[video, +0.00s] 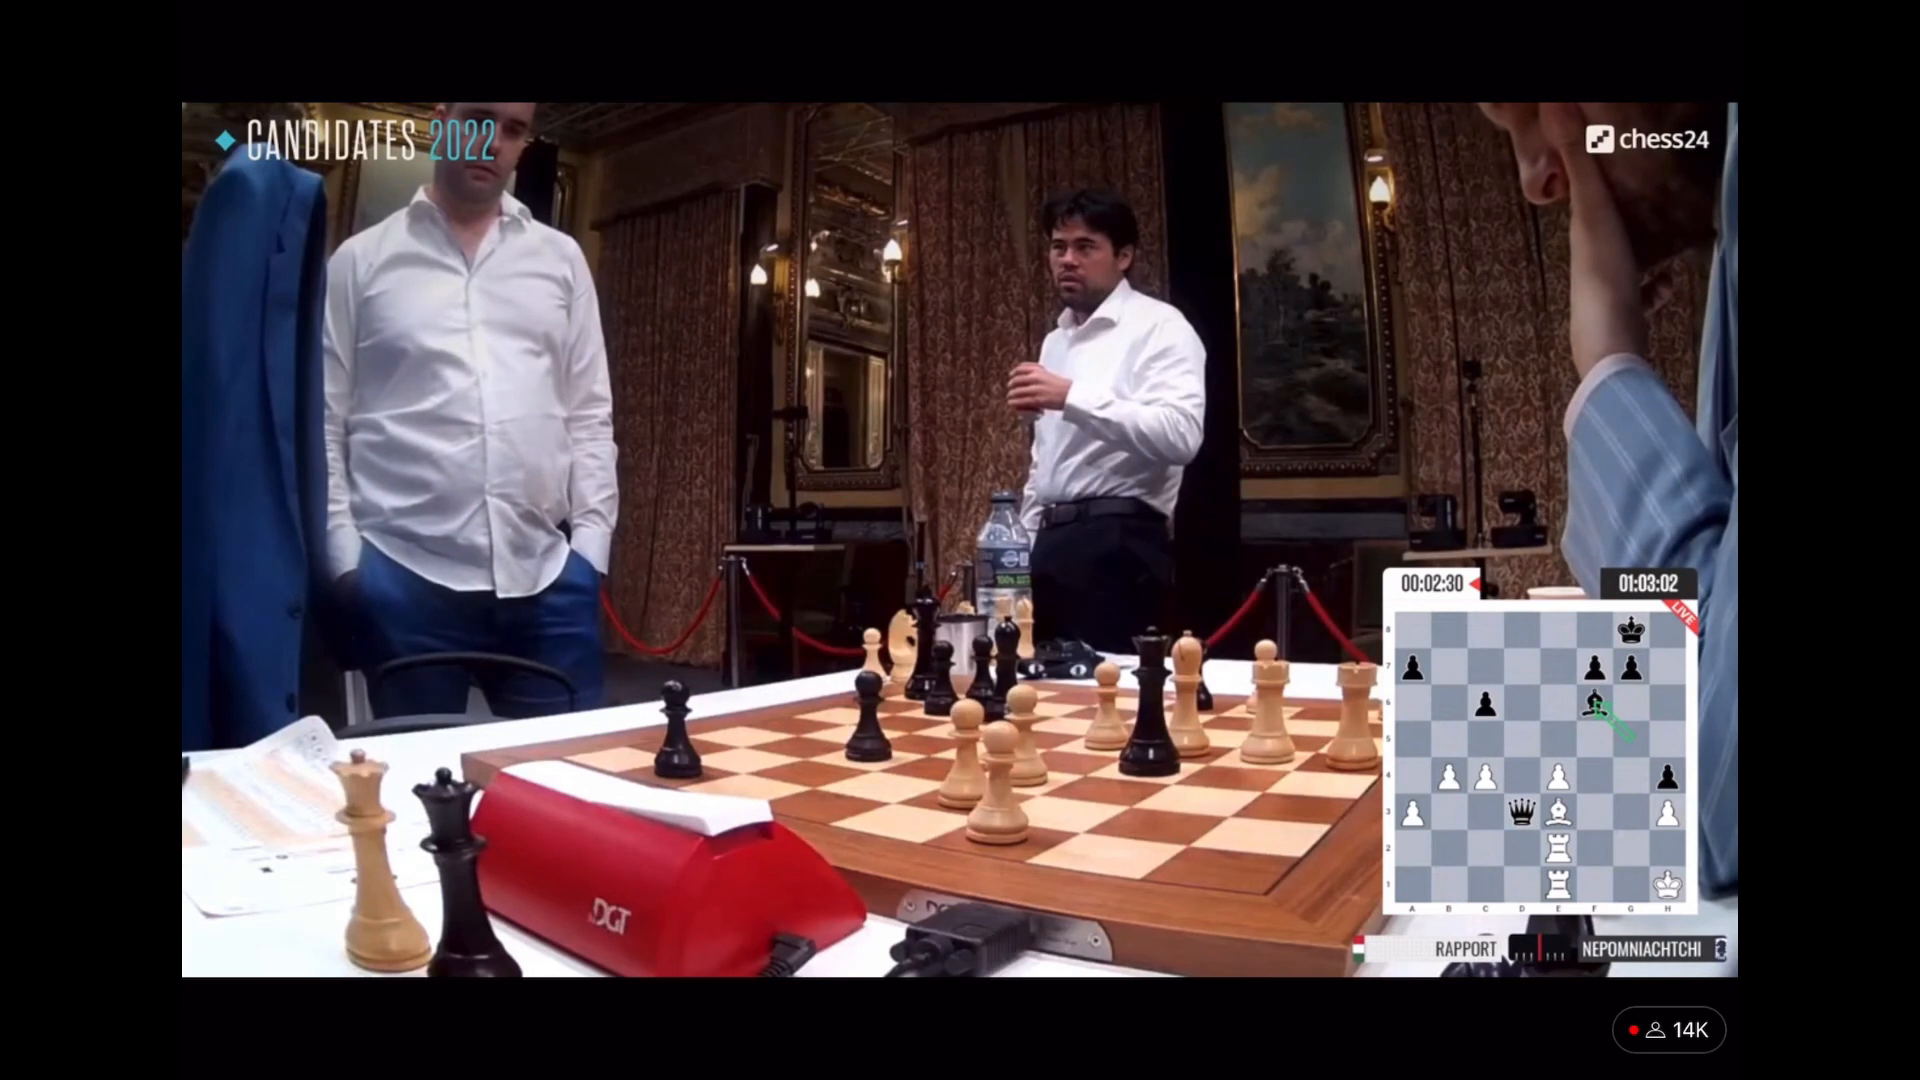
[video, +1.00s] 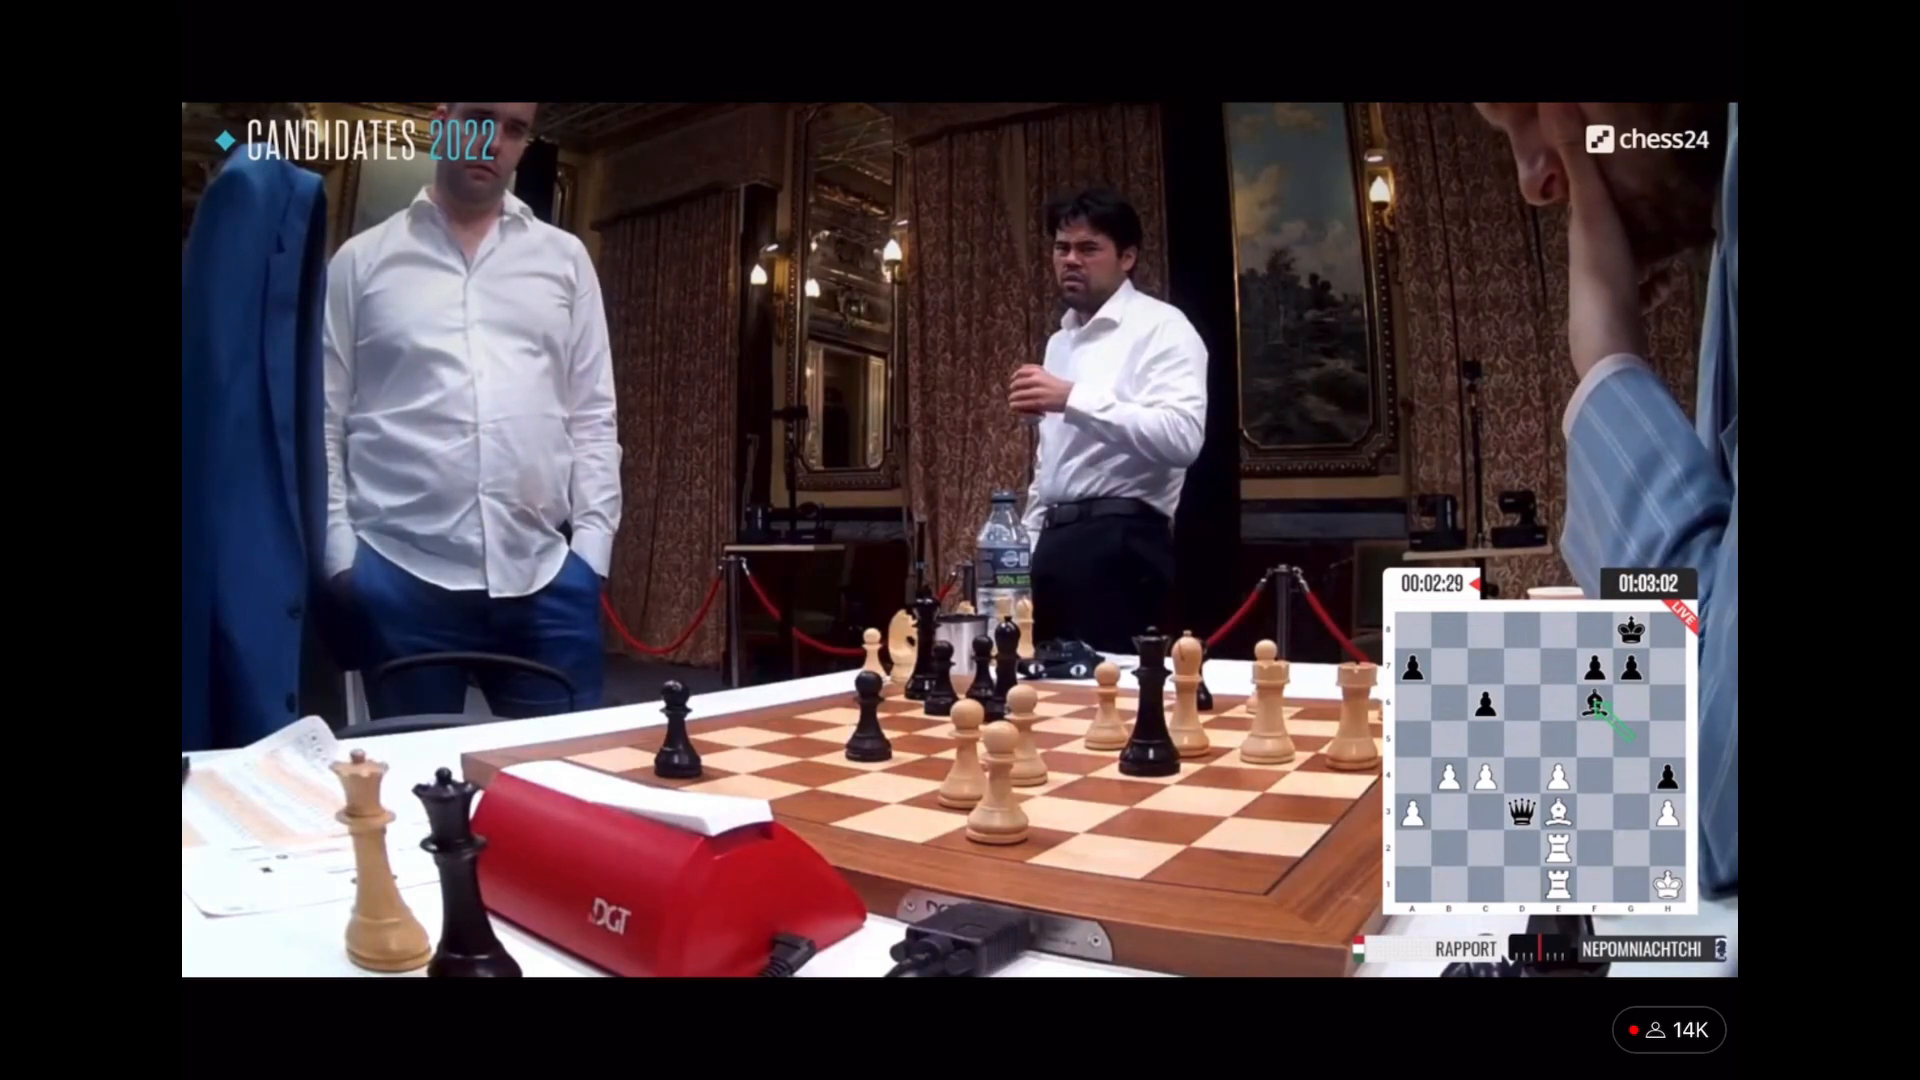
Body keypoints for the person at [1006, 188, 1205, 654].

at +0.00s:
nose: (1068, 261)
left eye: (1085, 247)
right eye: (1059, 247)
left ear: (1123, 258)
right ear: (1049, 255)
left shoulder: (1164, 328)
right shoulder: (1056, 342)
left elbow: (1180, 435)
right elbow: (1044, 453)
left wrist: (1071, 394)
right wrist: (1028, 530)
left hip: (1122, 534)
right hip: (1055, 533)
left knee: (1119, 695)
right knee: (1056, 695)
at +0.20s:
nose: (1068, 261)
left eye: (1085, 248)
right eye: (1060, 247)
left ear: (1123, 258)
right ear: (1049, 255)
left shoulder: (1163, 328)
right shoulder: (1057, 341)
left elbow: (1179, 435)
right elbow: (1046, 454)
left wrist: (1070, 394)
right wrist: (1029, 534)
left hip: (1123, 534)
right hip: (1056, 534)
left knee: (1118, 694)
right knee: (1057, 695)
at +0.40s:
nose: (1070, 261)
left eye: (1087, 248)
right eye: (1061, 247)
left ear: (1125, 258)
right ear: (1050, 255)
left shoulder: (1164, 328)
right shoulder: (1058, 342)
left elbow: (1180, 435)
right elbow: (1047, 457)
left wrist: (1071, 394)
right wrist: (1028, 539)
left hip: (1124, 536)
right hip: (1057, 535)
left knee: (1120, 695)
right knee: (1058, 696)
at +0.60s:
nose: (1071, 261)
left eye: (1088, 249)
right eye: (1063, 248)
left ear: (1126, 258)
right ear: (1052, 254)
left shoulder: (1166, 328)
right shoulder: (1060, 343)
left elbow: (1181, 435)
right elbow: (1050, 461)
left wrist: (1072, 395)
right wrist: (1030, 539)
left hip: (1126, 535)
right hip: (1059, 534)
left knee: (1120, 695)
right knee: (1058, 694)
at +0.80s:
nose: (1072, 261)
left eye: (1089, 248)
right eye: (1064, 248)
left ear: (1127, 258)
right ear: (1053, 254)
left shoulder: (1167, 328)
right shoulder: (1061, 344)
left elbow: (1182, 436)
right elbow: (1051, 461)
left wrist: (1073, 395)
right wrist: (1030, 539)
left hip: (1125, 535)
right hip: (1059, 535)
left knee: (1121, 696)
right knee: (1059, 695)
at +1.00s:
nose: (1071, 261)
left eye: (1088, 248)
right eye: (1063, 248)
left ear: (1126, 258)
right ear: (1052, 254)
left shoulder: (1166, 329)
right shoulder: (1060, 344)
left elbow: (1181, 437)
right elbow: (1050, 461)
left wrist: (1072, 397)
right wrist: (1029, 539)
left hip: (1125, 536)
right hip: (1058, 535)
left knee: (1122, 696)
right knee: (1059, 696)